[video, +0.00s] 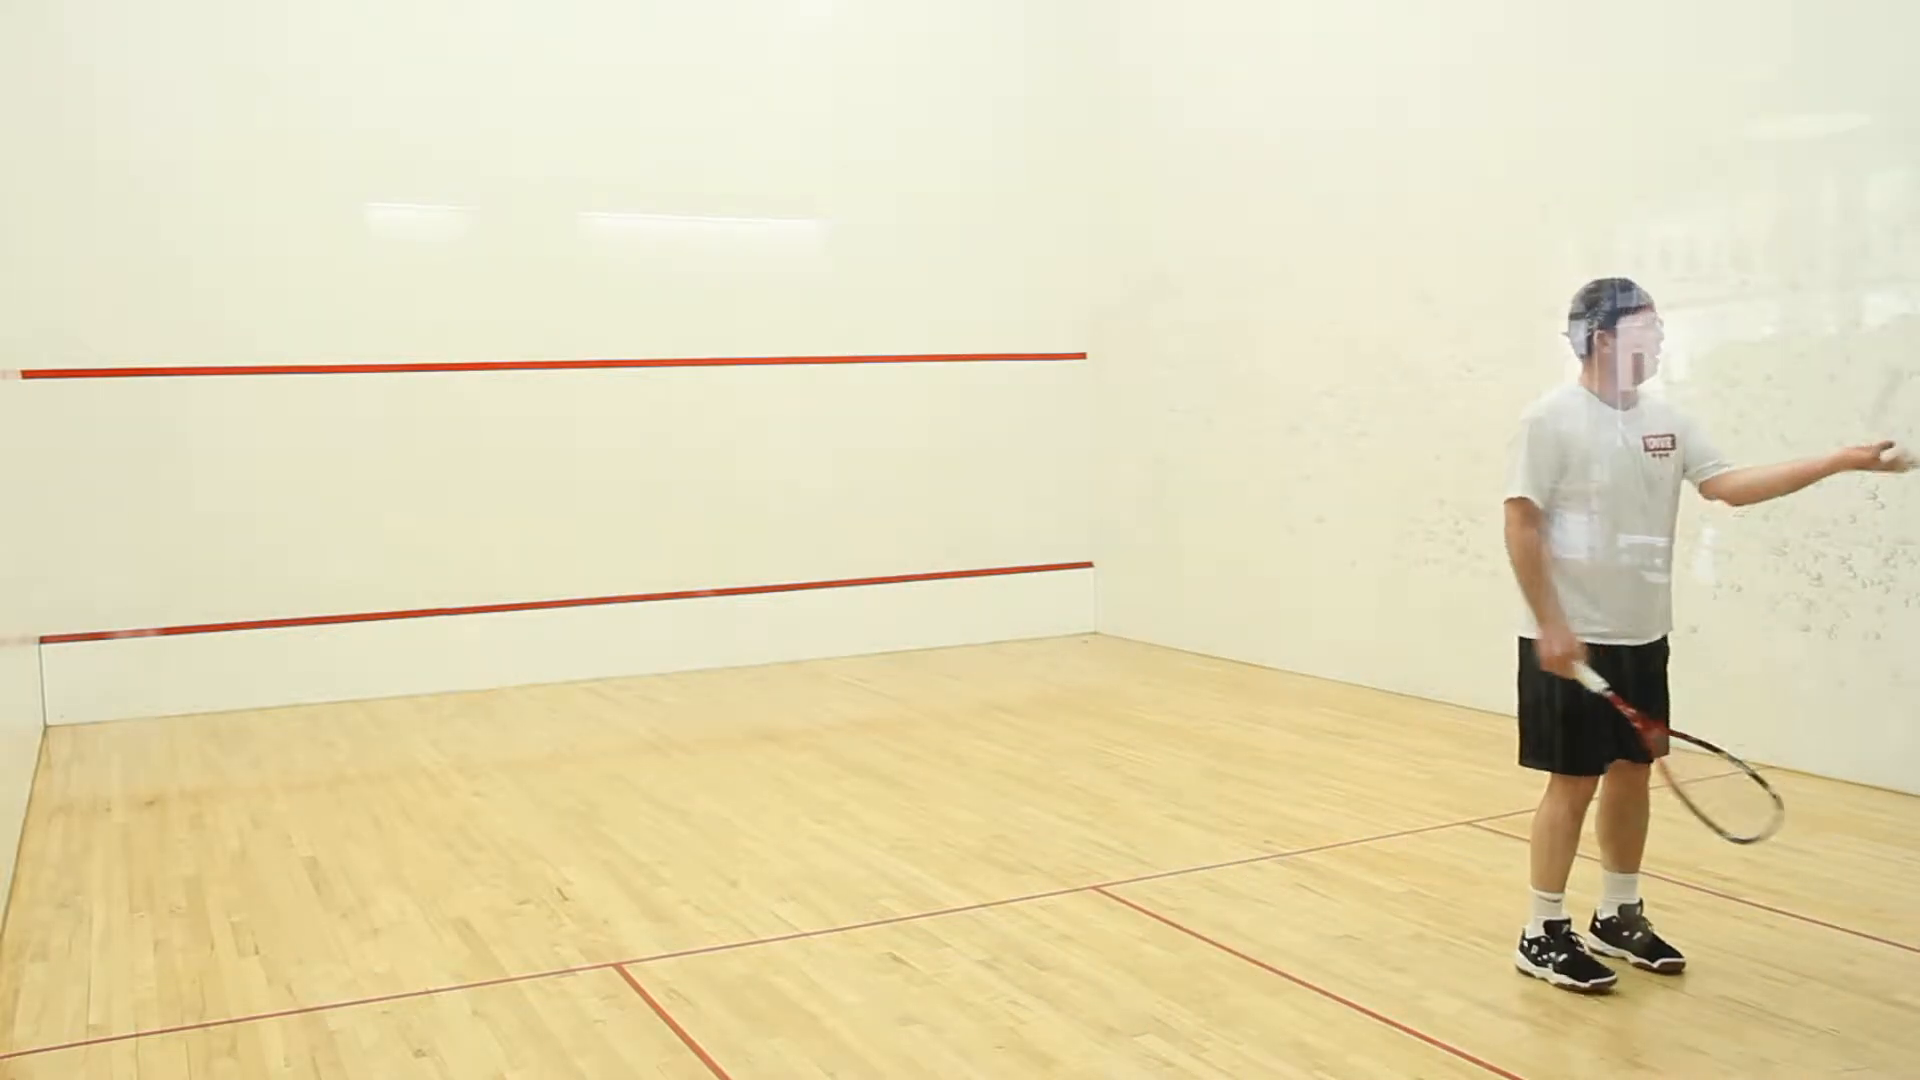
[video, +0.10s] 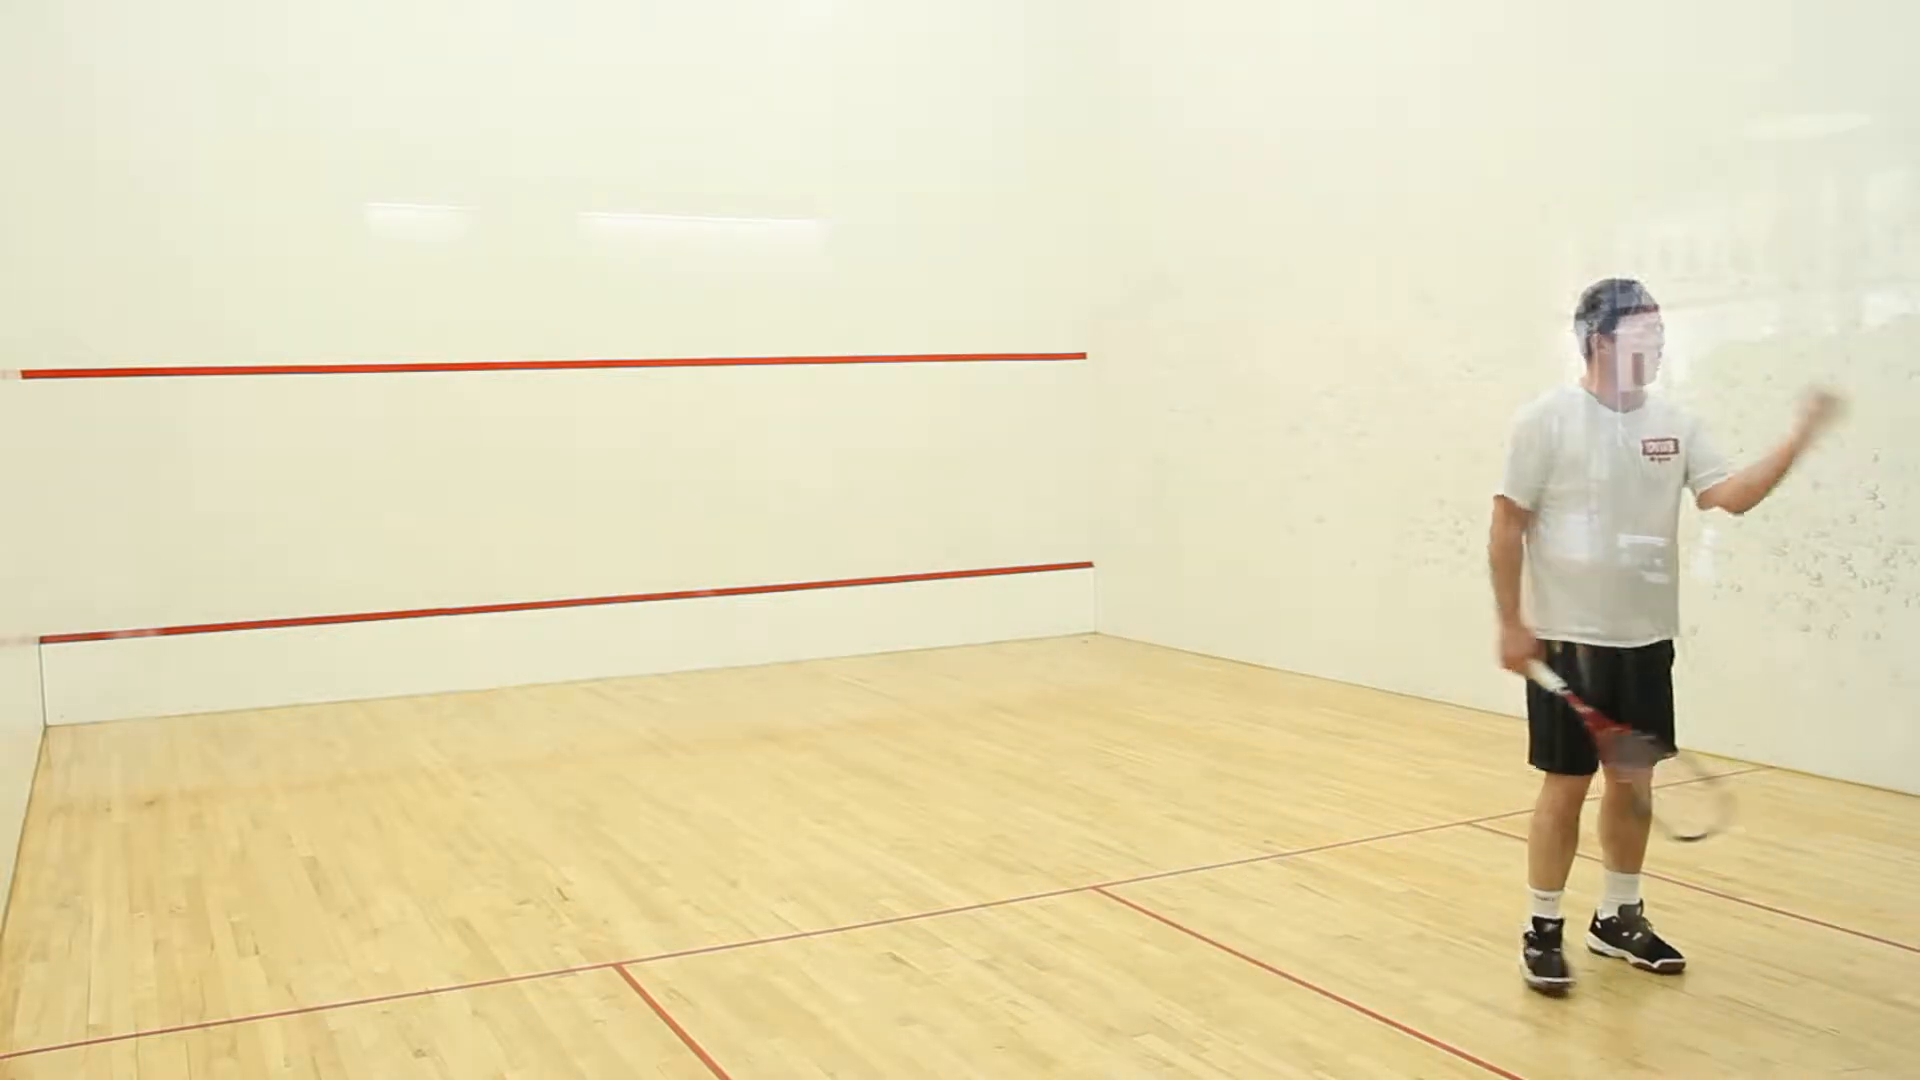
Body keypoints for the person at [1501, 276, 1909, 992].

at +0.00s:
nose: (1654, 351)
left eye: (1656, 338)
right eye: (1642, 337)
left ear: (1646, 342)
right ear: (1596, 340)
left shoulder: (1664, 418)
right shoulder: (1552, 420)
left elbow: (1729, 486)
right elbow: (1521, 525)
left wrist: (1837, 460)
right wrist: (1551, 625)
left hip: (1642, 636)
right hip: (1568, 635)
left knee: (1632, 768)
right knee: (1573, 778)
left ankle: (1618, 917)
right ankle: (1543, 933)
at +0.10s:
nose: (1652, 352)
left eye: (1657, 337)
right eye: (1638, 338)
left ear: (1659, 341)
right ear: (1595, 342)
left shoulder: (1673, 420)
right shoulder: (1546, 420)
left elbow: (1727, 497)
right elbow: (1506, 523)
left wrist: (1793, 442)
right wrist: (1511, 621)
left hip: (1644, 637)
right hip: (1564, 636)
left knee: (1632, 780)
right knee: (1565, 784)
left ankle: (1618, 917)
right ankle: (1543, 927)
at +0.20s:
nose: (1643, 356)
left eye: (1649, 341)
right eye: (1628, 342)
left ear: (1656, 344)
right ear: (1588, 345)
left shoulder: (1675, 425)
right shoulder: (1541, 424)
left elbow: (1734, 505)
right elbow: (1497, 523)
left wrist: (1711, 433)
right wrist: (1477, 619)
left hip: (1643, 639)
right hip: (1556, 636)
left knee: (1633, 781)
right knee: (1549, 782)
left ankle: (1620, 917)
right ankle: (1534, 926)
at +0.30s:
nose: (1605, 352)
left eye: (1616, 339)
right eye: (1591, 341)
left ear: (1635, 341)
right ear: (1569, 345)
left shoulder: (1671, 421)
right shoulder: (1531, 423)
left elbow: (1727, 505)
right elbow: (1490, 521)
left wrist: (1656, 460)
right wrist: (1459, 616)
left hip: (1637, 636)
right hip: (1546, 633)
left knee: (1631, 777)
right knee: (1534, 779)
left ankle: (1620, 916)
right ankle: (1530, 926)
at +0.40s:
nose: (1588, 353)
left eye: (1599, 339)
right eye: (1573, 343)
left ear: (1617, 341)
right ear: (1549, 350)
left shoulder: (1657, 419)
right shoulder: (1519, 426)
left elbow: (1706, 507)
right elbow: (1484, 523)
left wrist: (1635, 463)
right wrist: (1454, 621)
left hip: (1628, 639)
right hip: (1536, 636)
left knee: (1626, 780)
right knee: (1527, 783)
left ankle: (1620, 917)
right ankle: (1530, 927)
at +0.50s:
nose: (1559, 357)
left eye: (1569, 342)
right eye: (1544, 348)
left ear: (1592, 338)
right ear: (1526, 353)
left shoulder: (1633, 417)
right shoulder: (1501, 425)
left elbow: (1674, 498)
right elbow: (1474, 527)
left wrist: (1601, 439)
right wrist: (1453, 624)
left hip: (1613, 639)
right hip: (1521, 638)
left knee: (1621, 781)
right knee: (1519, 787)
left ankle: (1618, 917)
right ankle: (1528, 929)